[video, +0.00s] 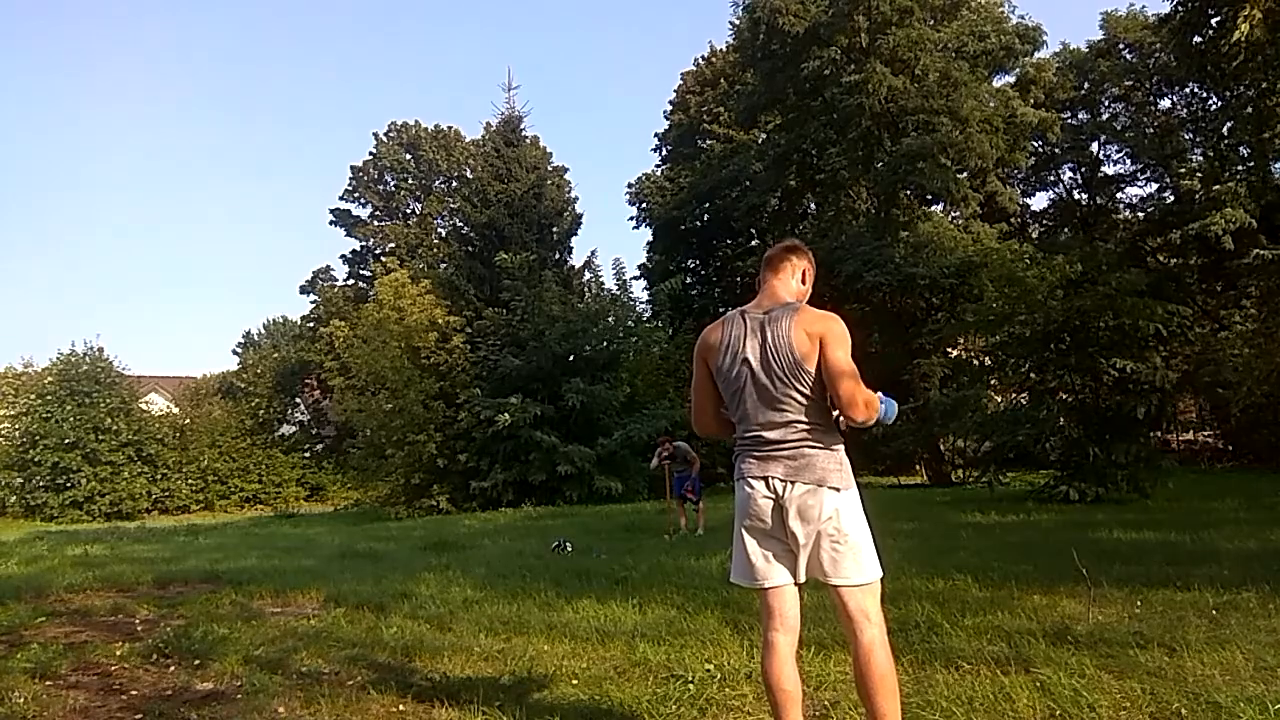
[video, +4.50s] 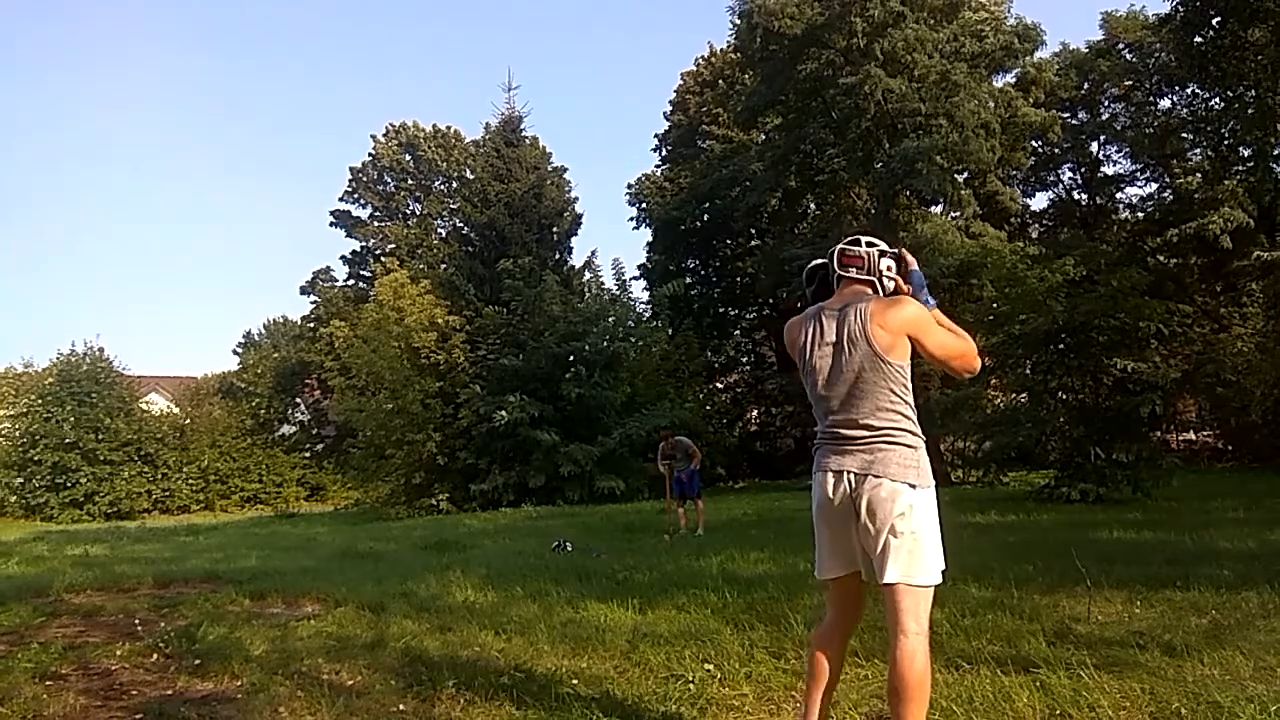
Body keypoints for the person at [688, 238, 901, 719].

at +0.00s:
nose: (811, 289)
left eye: (809, 283)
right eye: (811, 282)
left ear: (760, 278)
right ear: (802, 276)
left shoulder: (713, 336)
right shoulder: (821, 323)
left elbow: (706, 423)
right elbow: (854, 408)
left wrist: (759, 424)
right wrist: (880, 406)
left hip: (753, 490)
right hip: (823, 487)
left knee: (777, 630)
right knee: (866, 624)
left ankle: (789, 718)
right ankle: (887, 716)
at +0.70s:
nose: (815, 289)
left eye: (814, 283)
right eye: (816, 282)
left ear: (765, 274)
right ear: (808, 277)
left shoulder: (715, 333)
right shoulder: (819, 320)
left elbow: (718, 418)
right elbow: (857, 406)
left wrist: (765, 387)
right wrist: (858, 364)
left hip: (755, 488)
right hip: (823, 484)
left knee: (778, 630)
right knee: (867, 626)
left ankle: (790, 719)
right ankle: (887, 716)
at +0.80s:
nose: (814, 292)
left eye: (814, 288)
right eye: (816, 287)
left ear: (766, 276)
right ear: (809, 281)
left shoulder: (714, 329)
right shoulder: (815, 316)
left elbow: (723, 404)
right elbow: (867, 392)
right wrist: (859, 339)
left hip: (754, 489)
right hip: (822, 484)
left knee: (778, 629)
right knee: (867, 625)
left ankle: (790, 719)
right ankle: (887, 716)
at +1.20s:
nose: (823, 288)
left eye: (823, 281)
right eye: (823, 281)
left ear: (774, 277)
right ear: (815, 282)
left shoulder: (720, 324)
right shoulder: (818, 316)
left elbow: (744, 324)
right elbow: (881, 364)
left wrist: (795, 294)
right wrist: (852, 304)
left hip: (755, 488)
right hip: (823, 485)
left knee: (779, 627)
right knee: (867, 624)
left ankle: (791, 718)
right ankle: (887, 716)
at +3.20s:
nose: (856, 271)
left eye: (852, 264)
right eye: (852, 264)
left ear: (792, 274)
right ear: (844, 267)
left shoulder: (761, 323)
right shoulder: (865, 308)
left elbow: (787, 360)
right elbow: (916, 375)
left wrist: (828, 299)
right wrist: (876, 308)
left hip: (796, 484)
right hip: (867, 481)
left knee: (801, 630)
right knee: (889, 631)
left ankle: (799, 719)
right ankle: (899, 718)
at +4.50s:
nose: (895, 282)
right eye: (892, 273)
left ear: (837, 275)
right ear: (884, 276)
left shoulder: (799, 329)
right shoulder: (898, 311)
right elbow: (969, 360)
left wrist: (848, 289)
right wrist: (924, 301)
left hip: (829, 478)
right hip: (897, 477)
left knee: (839, 611)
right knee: (910, 631)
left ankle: (810, 714)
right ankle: (908, 718)